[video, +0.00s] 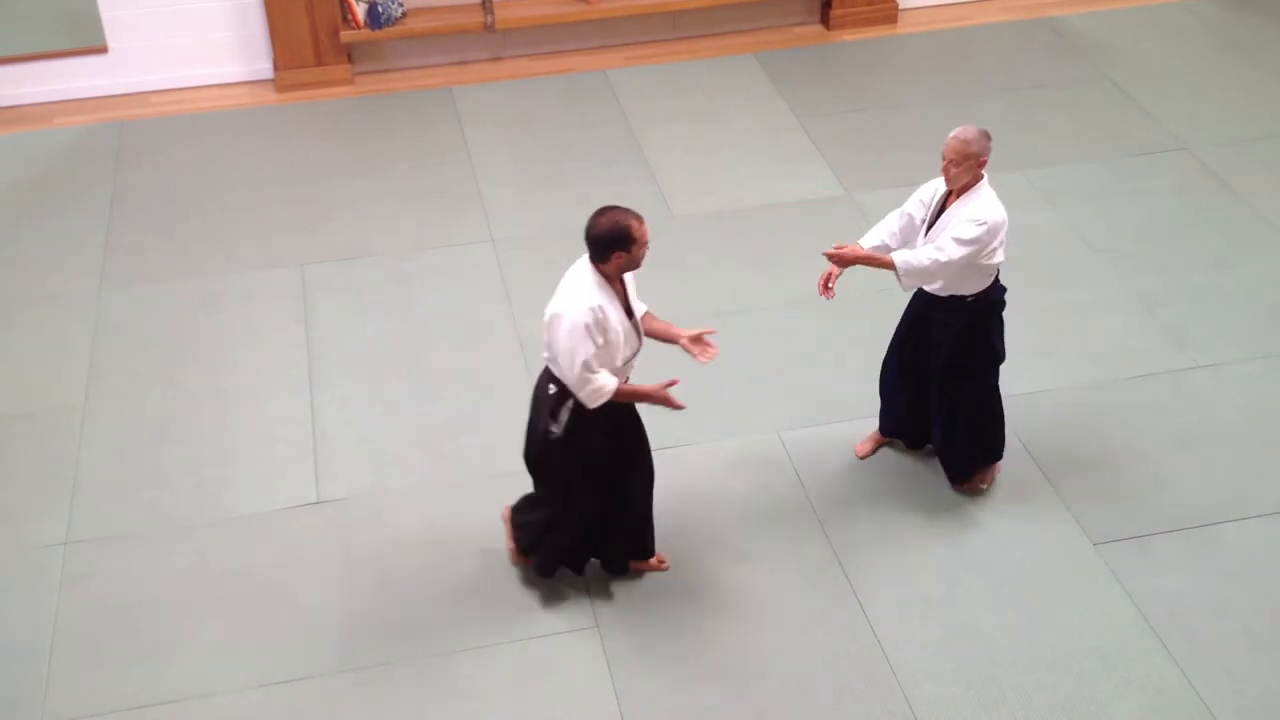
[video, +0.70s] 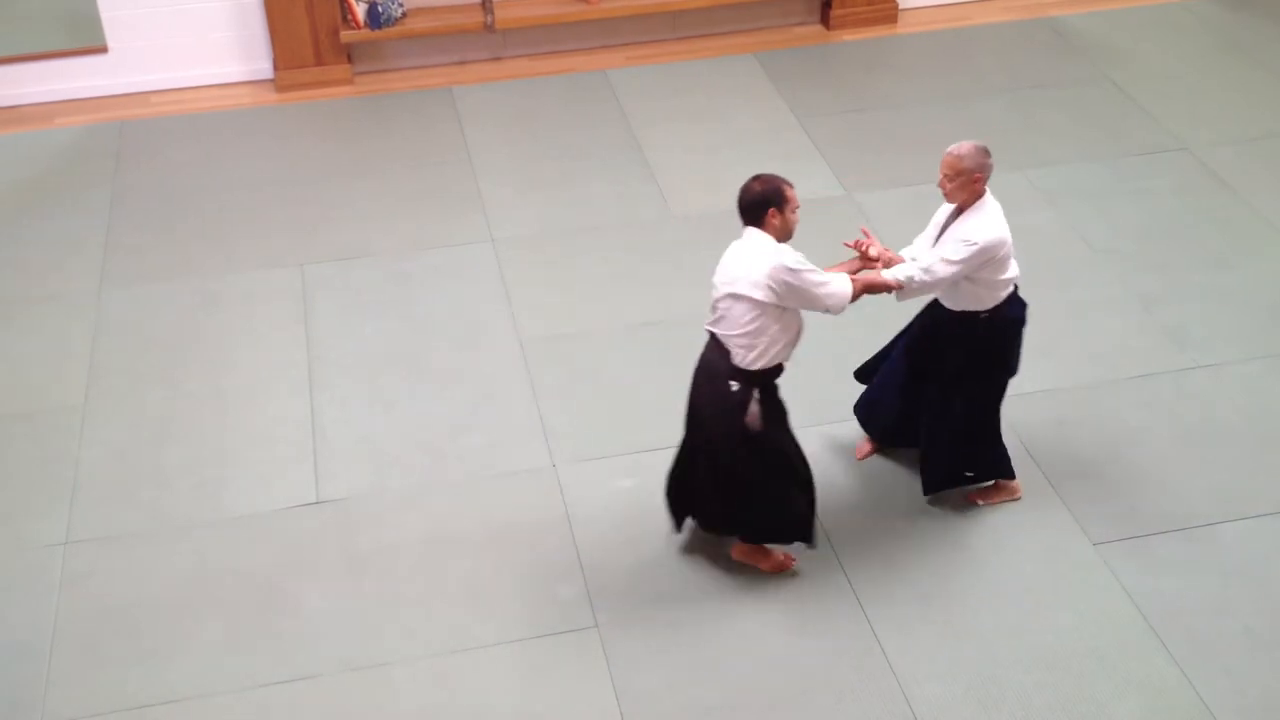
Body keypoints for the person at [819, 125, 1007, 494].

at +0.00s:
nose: (945, 169)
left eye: (954, 164)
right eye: (943, 160)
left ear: (981, 166)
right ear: (942, 155)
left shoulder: (986, 215)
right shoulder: (937, 190)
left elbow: (931, 261)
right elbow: (895, 226)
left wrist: (862, 258)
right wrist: (845, 263)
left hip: (972, 310)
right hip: (930, 300)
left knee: (970, 387)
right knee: (902, 366)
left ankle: (982, 460)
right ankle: (892, 428)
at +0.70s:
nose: (940, 184)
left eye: (949, 179)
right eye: (941, 176)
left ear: (978, 183)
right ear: (969, 181)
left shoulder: (986, 231)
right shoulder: (955, 206)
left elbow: (934, 272)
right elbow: (924, 249)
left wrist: (866, 283)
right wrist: (889, 258)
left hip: (990, 321)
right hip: (952, 309)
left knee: (973, 403)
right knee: (903, 368)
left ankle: (1005, 481)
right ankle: (886, 431)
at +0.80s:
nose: (959, 188)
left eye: (968, 183)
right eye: (960, 180)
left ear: (996, 186)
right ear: (989, 185)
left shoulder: (1000, 237)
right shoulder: (979, 211)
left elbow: (947, 280)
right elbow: (945, 259)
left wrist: (885, 295)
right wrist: (906, 255)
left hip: (1014, 328)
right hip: (985, 316)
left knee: (993, 407)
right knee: (941, 367)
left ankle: (1003, 481)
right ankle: (939, 431)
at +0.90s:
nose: (977, 189)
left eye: (985, 184)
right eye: (979, 181)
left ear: (1013, 190)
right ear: (1012, 189)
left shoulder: (1013, 242)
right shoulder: (1007, 213)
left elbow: (956, 284)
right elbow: (968, 260)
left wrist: (896, 294)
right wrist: (928, 246)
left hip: (1026, 336)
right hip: (1008, 323)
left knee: (989, 410)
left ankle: (1002, 483)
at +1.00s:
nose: (999, 187)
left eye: (1006, 181)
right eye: (1001, 179)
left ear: (1031, 189)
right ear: (1033, 188)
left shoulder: (1020, 241)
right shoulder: (1049, 219)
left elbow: (966, 277)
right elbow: (995, 259)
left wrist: (917, 280)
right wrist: (952, 239)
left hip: (1030, 339)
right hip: (1059, 324)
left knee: (986, 396)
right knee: (1042, 399)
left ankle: (1005, 485)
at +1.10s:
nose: (1021, 182)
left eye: (1027, 176)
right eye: (1024, 174)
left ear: (1048, 186)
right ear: (1058, 186)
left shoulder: (1032, 240)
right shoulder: (1075, 222)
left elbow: (980, 270)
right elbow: (1015, 259)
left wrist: (936, 266)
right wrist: (979, 231)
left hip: (1042, 341)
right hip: (1084, 329)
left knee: (988, 387)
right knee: (1090, 397)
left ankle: (1004, 483)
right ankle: (1128, 466)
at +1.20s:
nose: (1046, 179)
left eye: (1050, 173)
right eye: (1049, 172)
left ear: (1065, 184)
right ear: (1089, 184)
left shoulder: (1044, 237)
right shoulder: (1103, 226)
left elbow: (994, 263)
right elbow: (1046, 251)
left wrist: (961, 257)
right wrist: (1009, 221)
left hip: (1052, 343)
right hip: (1101, 335)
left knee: (1004, 392)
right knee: (1100, 409)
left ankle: (1002, 482)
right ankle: (1122, 487)